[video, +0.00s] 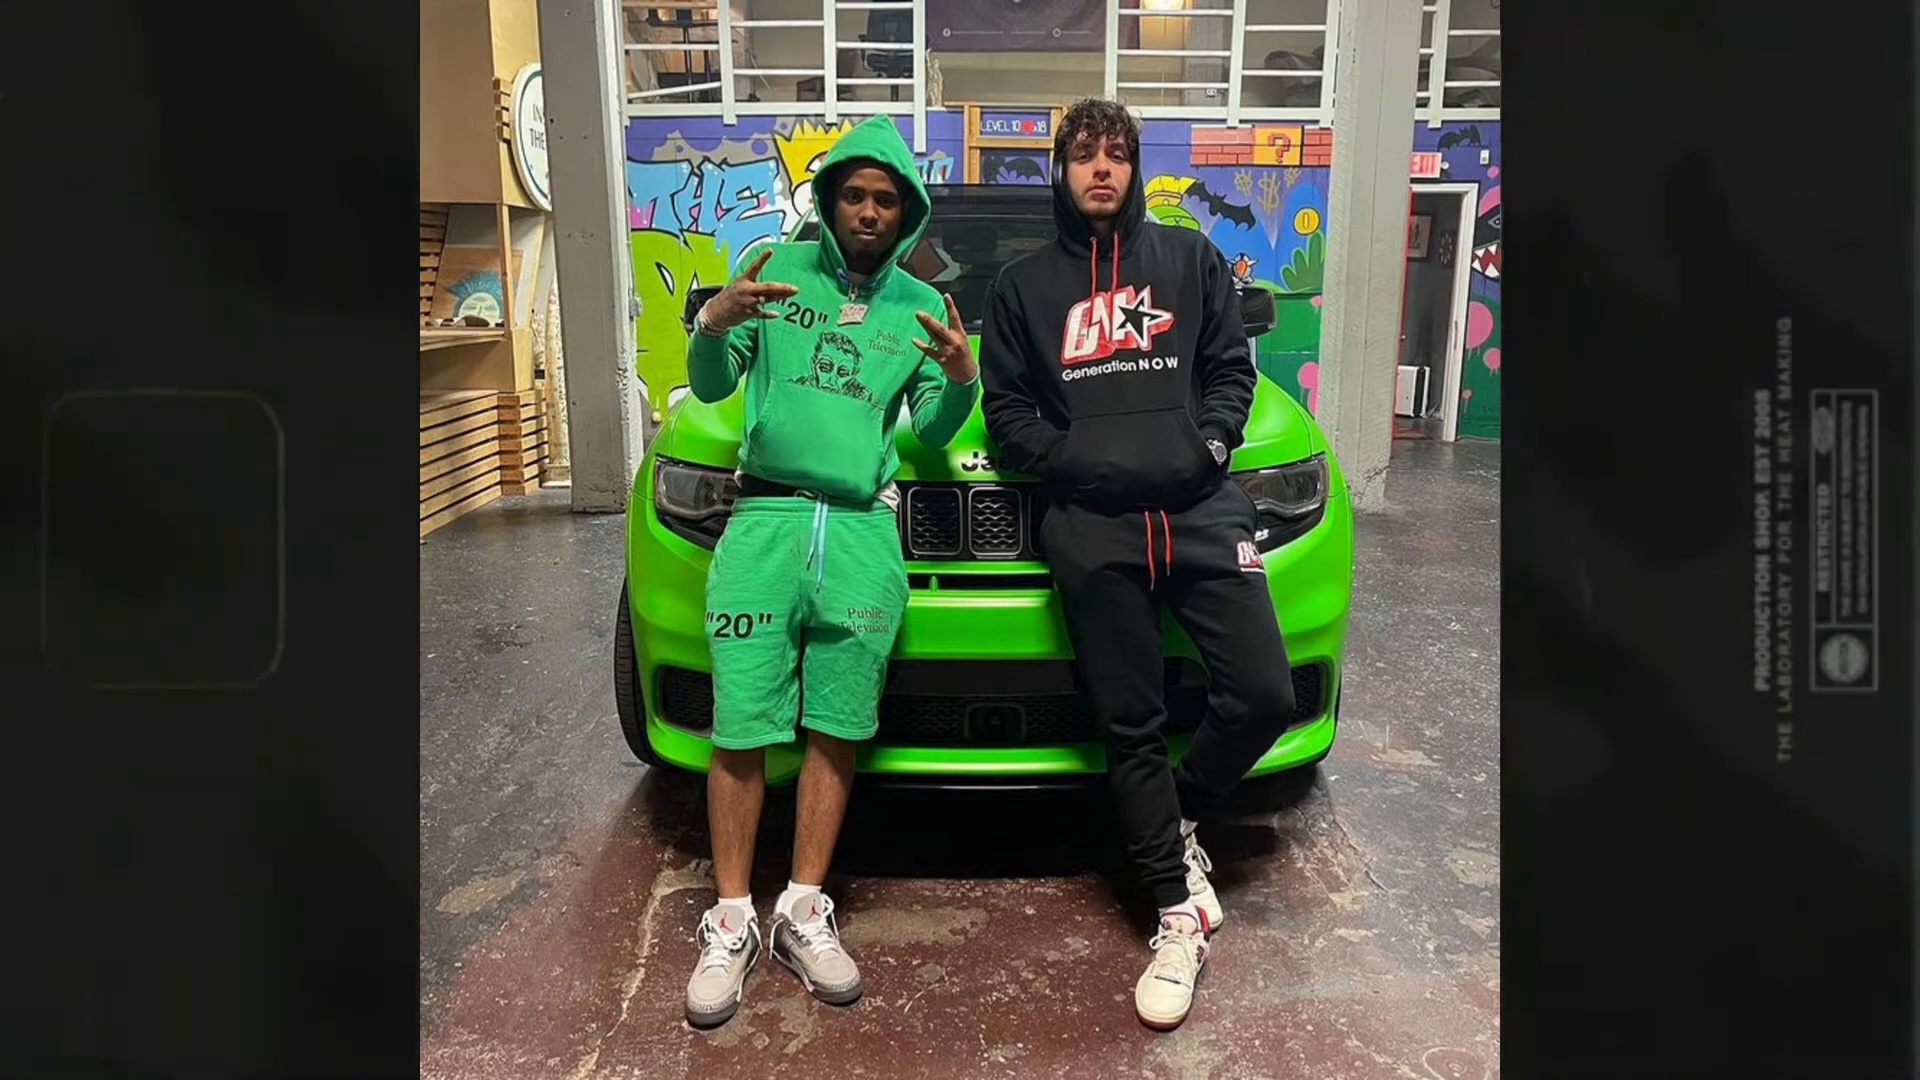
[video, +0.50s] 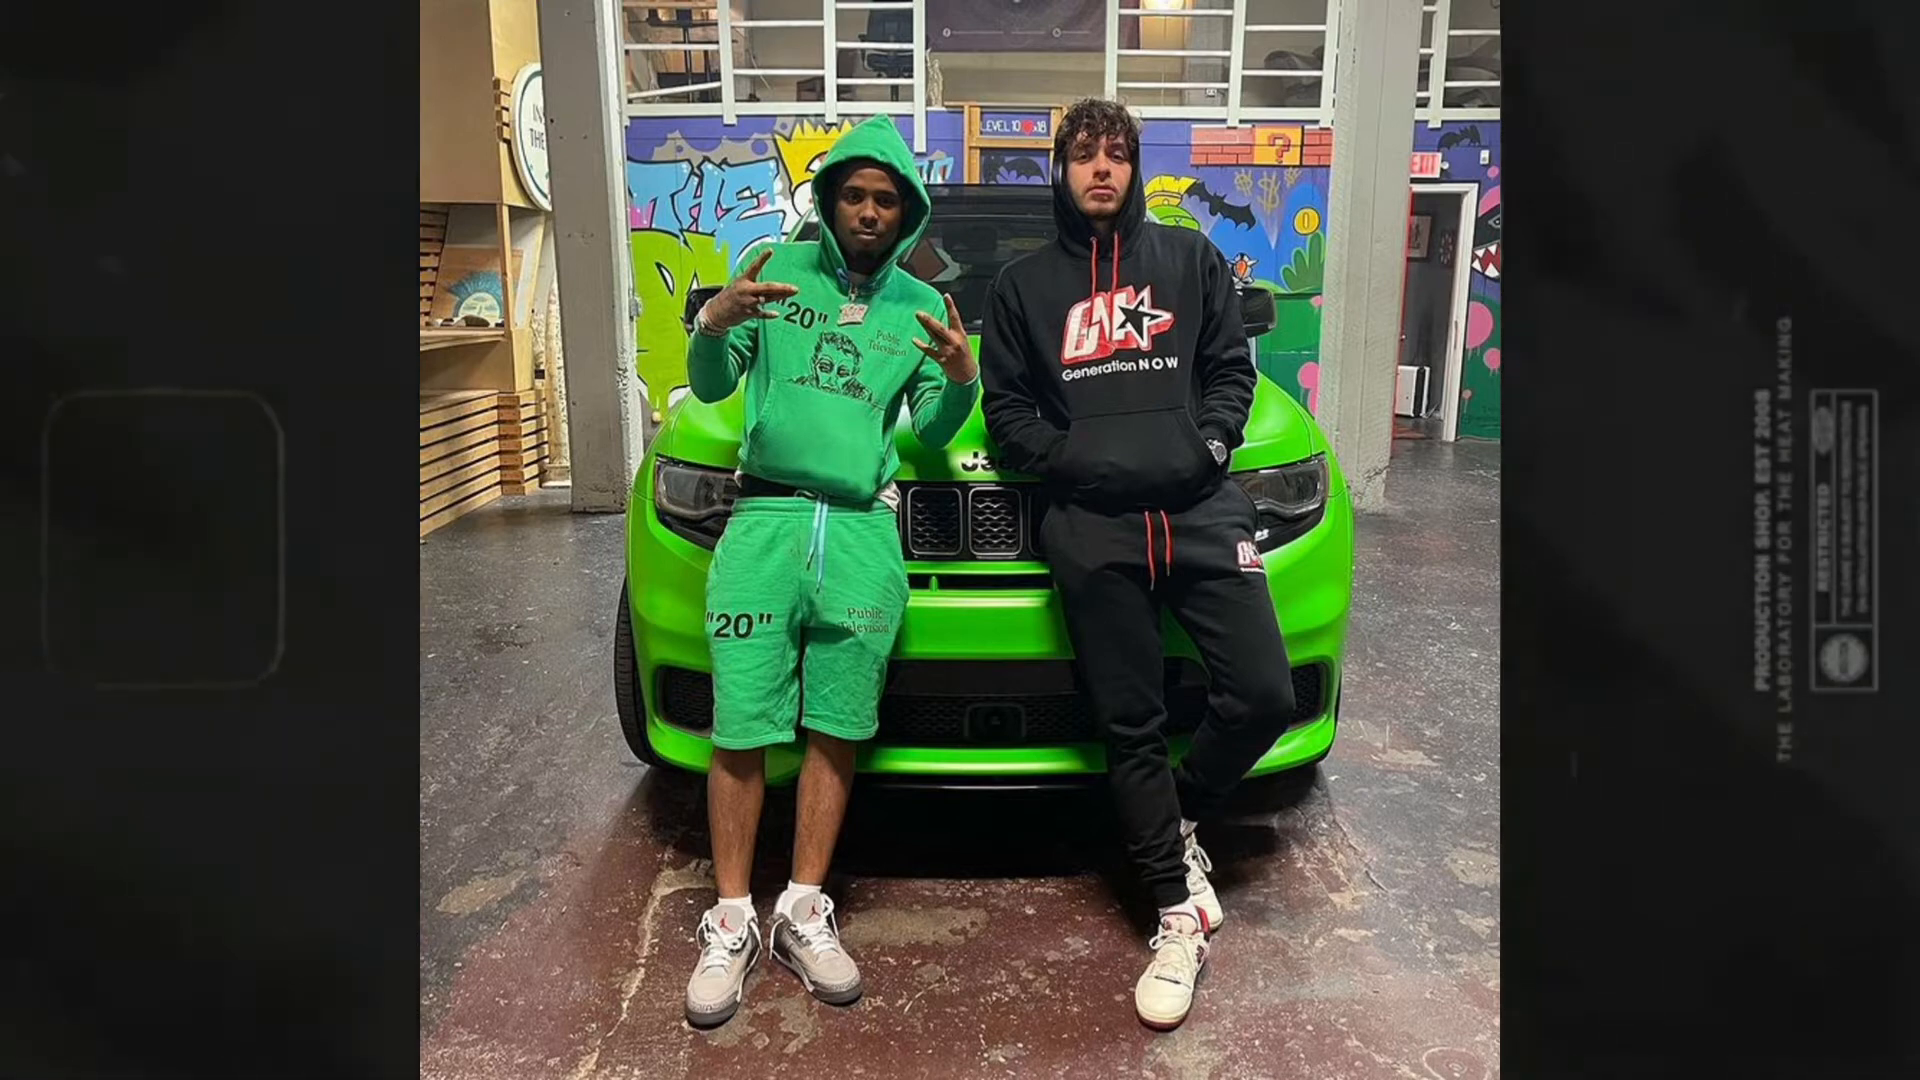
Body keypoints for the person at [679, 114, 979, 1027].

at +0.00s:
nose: (868, 212)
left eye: (885, 198)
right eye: (854, 196)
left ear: (907, 212)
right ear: (827, 202)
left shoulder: (923, 305)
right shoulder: (776, 268)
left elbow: (923, 439)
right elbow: (712, 384)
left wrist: (961, 380)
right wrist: (713, 321)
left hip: (861, 527)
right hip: (763, 517)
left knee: (838, 728)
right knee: (741, 728)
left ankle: (805, 908)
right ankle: (732, 919)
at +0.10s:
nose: (868, 212)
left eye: (885, 198)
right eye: (854, 196)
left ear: (907, 212)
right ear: (827, 202)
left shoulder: (923, 305)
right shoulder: (776, 268)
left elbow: (923, 439)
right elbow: (712, 384)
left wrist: (961, 380)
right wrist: (713, 321)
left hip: (861, 527)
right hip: (763, 517)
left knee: (838, 728)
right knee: (741, 728)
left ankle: (805, 908)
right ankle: (732, 919)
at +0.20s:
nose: (868, 212)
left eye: (885, 198)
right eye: (854, 196)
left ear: (907, 212)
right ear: (827, 202)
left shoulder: (923, 305)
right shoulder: (776, 268)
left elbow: (923, 439)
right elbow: (712, 384)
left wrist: (961, 380)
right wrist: (713, 321)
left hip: (861, 527)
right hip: (763, 517)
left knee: (838, 728)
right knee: (741, 728)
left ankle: (805, 908)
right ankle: (732, 919)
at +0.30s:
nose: (868, 212)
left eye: (885, 198)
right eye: (854, 196)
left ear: (907, 212)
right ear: (827, 202)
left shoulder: (923, 305)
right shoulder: (776, 268)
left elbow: (923, 439)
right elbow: (712, 384)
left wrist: (961, 380)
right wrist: (713, 321)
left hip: (861, 527)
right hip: (763, 517)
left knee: (838, 728)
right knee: (741, 728)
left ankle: (805, 908)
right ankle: (732, 919)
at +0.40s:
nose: (868, 212)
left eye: (885, 198)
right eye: (854, 196)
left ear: (907, 212)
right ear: (827, 202)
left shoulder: (923, 305)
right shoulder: (776, 268)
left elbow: (923, 439)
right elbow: (712, 384)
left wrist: (961, 380)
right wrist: (713, 321)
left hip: (861, 527)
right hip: (763, 517)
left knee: (838, 728)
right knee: (741, 728)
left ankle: (805, 908)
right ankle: (732, 919)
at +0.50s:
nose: (868, 212)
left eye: (885, 198)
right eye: (854, 196)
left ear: (907, 212)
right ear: (827, 202)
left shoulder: (923, 305)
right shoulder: (776, 268)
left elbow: (923, 439)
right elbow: (712, 384)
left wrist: (961, 380)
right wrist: (713, 321)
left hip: (861, 527)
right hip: (763, 517)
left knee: (838, 728)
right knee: (741, 728)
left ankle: (805, 908)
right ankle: (732, 919)